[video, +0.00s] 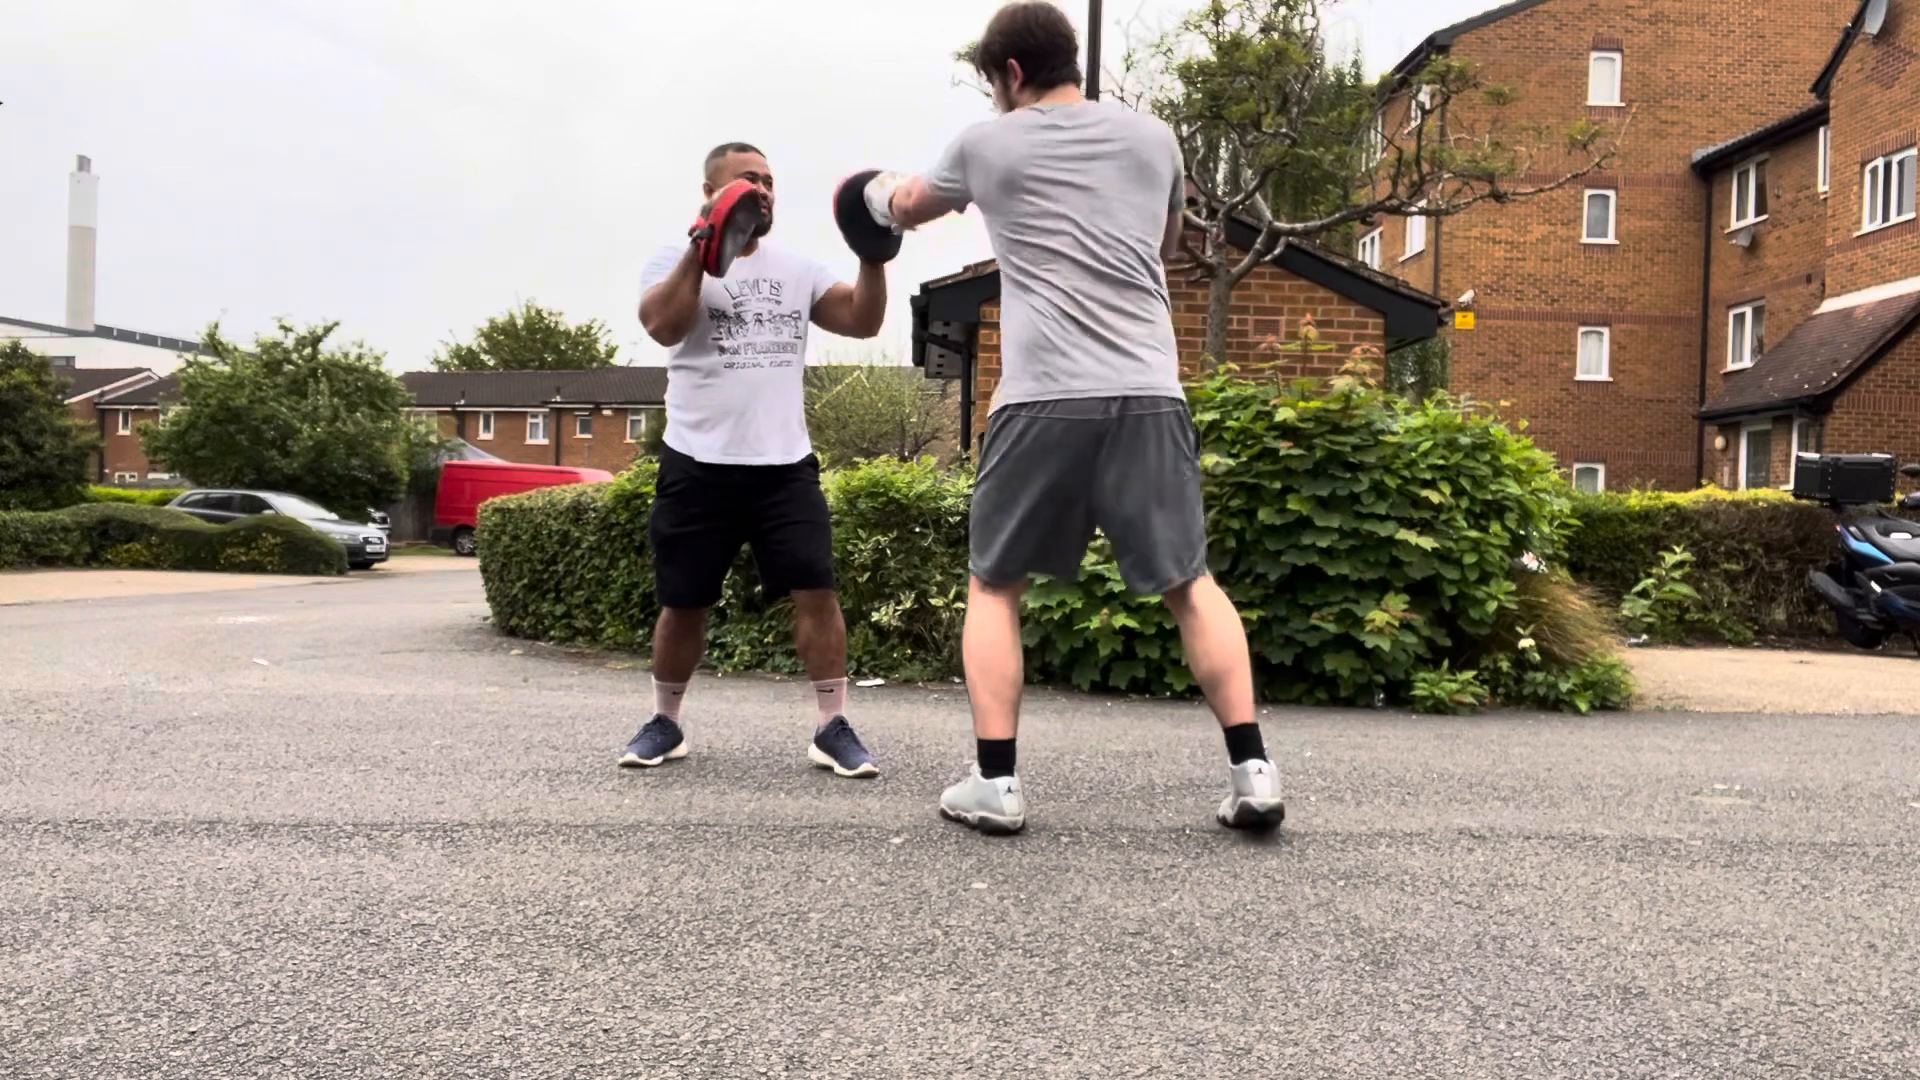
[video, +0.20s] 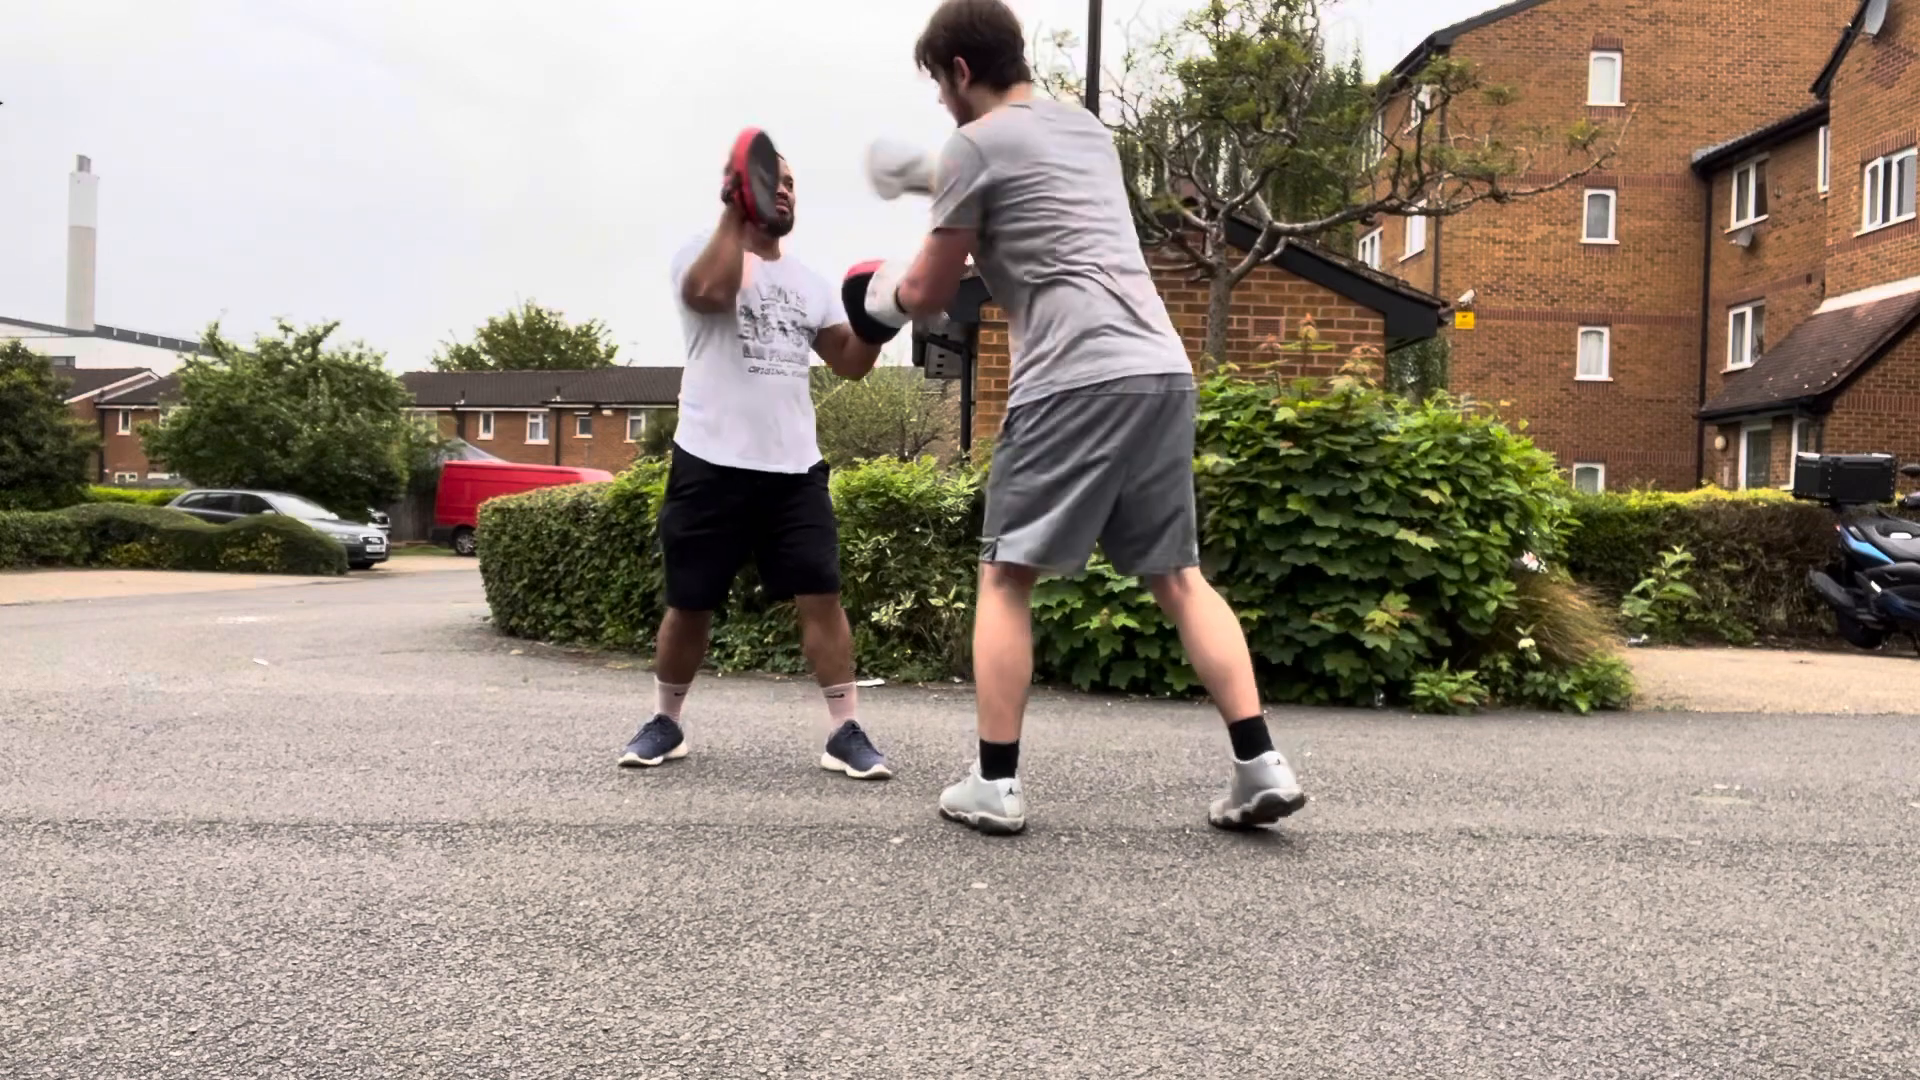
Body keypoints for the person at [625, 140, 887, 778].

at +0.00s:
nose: (761, 188)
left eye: (768, 180)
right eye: (745, 179)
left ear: (776, 195)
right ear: (711, 193)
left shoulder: (795, 265)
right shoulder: (673, 261)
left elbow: (863, 320)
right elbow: (664, 329)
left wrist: (873, 255)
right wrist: (700, 252)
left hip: (785, 460)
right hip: (698, 461)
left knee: (816, 586)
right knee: (682, 599)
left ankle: (834, 724)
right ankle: (665, 721)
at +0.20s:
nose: (784, 192)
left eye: (790, 184)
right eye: (772, 181)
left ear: (797, 201)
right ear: (741, 195)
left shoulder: (811, 280)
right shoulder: (703, 256)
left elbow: (851, 363)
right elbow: (714, 293)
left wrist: (881, 311)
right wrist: (735, 208)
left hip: (795, 465)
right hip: (710, 460)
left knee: (821, 591)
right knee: (688, 600)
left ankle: (845, 727)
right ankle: (665, 721)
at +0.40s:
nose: (792, 193)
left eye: (801, 183)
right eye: (779, 183)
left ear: (818, 198)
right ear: (753, 198)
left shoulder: (838, 278)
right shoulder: (719, 263)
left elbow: (883, 362)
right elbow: (697, 314)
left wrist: (905, 302)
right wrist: (745, 243)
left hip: (814, 466)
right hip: (728, 462)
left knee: (842, 589)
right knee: (700, 603)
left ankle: (847, 729)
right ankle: (666, 721)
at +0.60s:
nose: (822, 182)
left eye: (829, 175)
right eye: (806, 171)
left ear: (838, 193)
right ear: (771, 190)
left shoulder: (861, 254)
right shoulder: (740, 266)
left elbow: (928, 226)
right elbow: (701, 348)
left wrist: (983, 193)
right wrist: (748, 286)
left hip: (832, 464)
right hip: (744, 462)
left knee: (852, 590)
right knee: (706, 593)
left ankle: (849, 729)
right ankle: (673, 715)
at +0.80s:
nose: (824, 186)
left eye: (831, 178)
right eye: (809, 175)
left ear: (839, 194)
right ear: (771, 189)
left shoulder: (864, 265)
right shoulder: (741, 261)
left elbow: (933, 328)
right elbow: (694, 329)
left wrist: (945, 277)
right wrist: (733, 256)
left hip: (837, 465)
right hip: (749, 464)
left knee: (857, 590)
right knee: (722, 599)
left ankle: (853, 727)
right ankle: (698, 718)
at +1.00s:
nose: (842, 193)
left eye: (848, 185)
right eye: (827, 180)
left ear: (851, 201)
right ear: (790, 188)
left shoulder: (853, 274)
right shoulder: (752, 252)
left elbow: (892, 371)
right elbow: (740, 292)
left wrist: (919, 316)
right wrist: (760, 208)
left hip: (835, 462)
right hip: (751, 459)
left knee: (858, 588)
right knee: (726, 600)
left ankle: (853, 727)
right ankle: (700, 719)